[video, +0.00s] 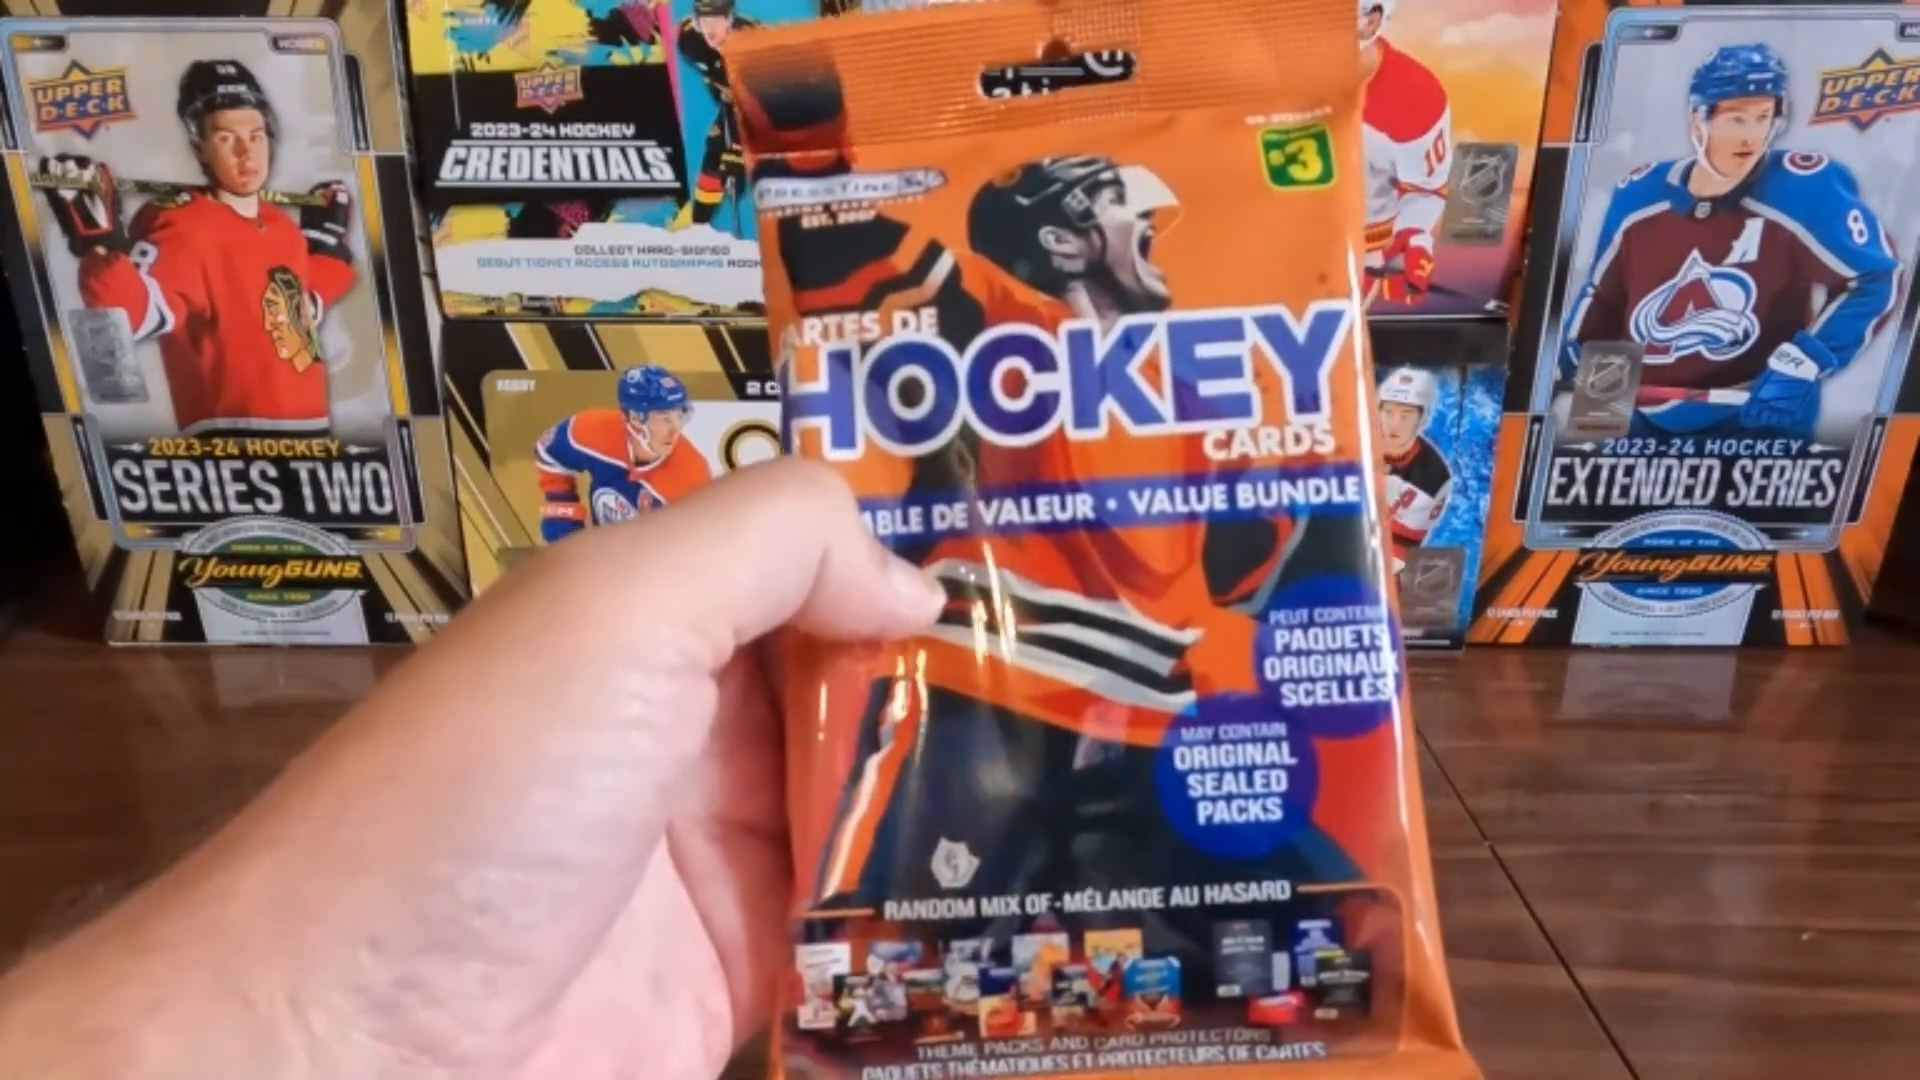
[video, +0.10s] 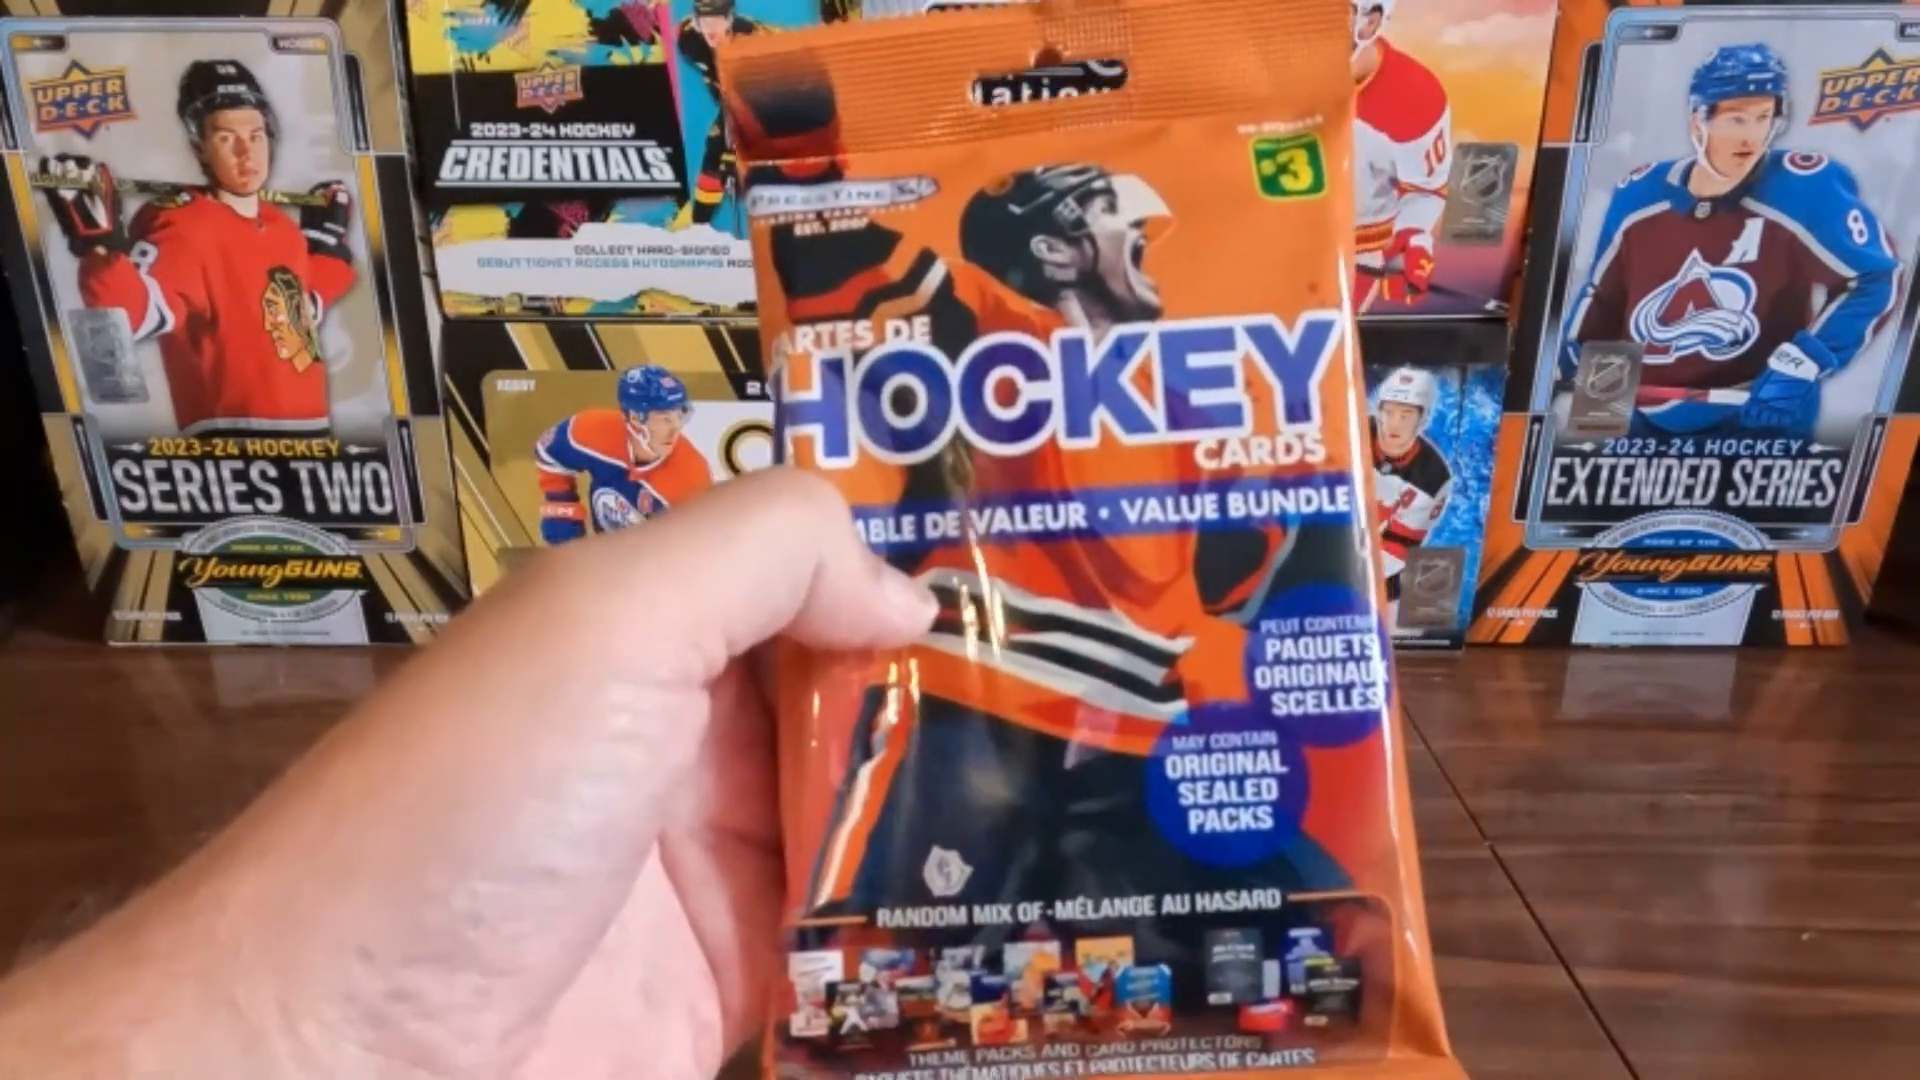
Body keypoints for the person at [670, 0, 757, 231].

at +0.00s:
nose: (709, 32)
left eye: (715, 24)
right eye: (703, 24)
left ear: (729, 19)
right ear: (696, 22)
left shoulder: (755, 37)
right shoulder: (689, 38)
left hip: (761, 110)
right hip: (729, 110)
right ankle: (698, 224)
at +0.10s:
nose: (711, 33)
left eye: (717, 26)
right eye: (705, 26)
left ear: (730, 19)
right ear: (696, 21)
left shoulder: (754, 36)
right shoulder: (688, 39)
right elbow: (710, 73)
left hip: (762, 109)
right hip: (728, 109)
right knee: (714, 160)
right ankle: (700, 221)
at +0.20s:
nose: (709, 31)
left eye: (716, 23)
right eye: (704, 23)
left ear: (730, 19)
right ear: (696, 21)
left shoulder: (755, 36)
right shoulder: (688, 39)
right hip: (729, 110)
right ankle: (699, 220)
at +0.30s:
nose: (710, 31)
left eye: (716, 23)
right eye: (704, 24)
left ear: (730, 18)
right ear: (696, 21)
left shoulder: (756, 37)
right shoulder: (689, 38)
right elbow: (709, 74)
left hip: (768, 112)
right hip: (729, 111)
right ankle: (698, 224)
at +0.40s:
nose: (710, 32)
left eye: (716, 24)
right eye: (704, 24)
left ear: (730, 18)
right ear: (696, 21)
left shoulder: (756, 38)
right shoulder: (688, 39)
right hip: (729, 109)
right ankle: (698, 224)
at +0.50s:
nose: (710, 30)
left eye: (716, 22)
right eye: (704, 22)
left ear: (730, 17)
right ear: (696, 20)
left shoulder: (754, 35)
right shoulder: (688, 39)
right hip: (728, 111)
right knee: (714, 159)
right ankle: (700, 219)